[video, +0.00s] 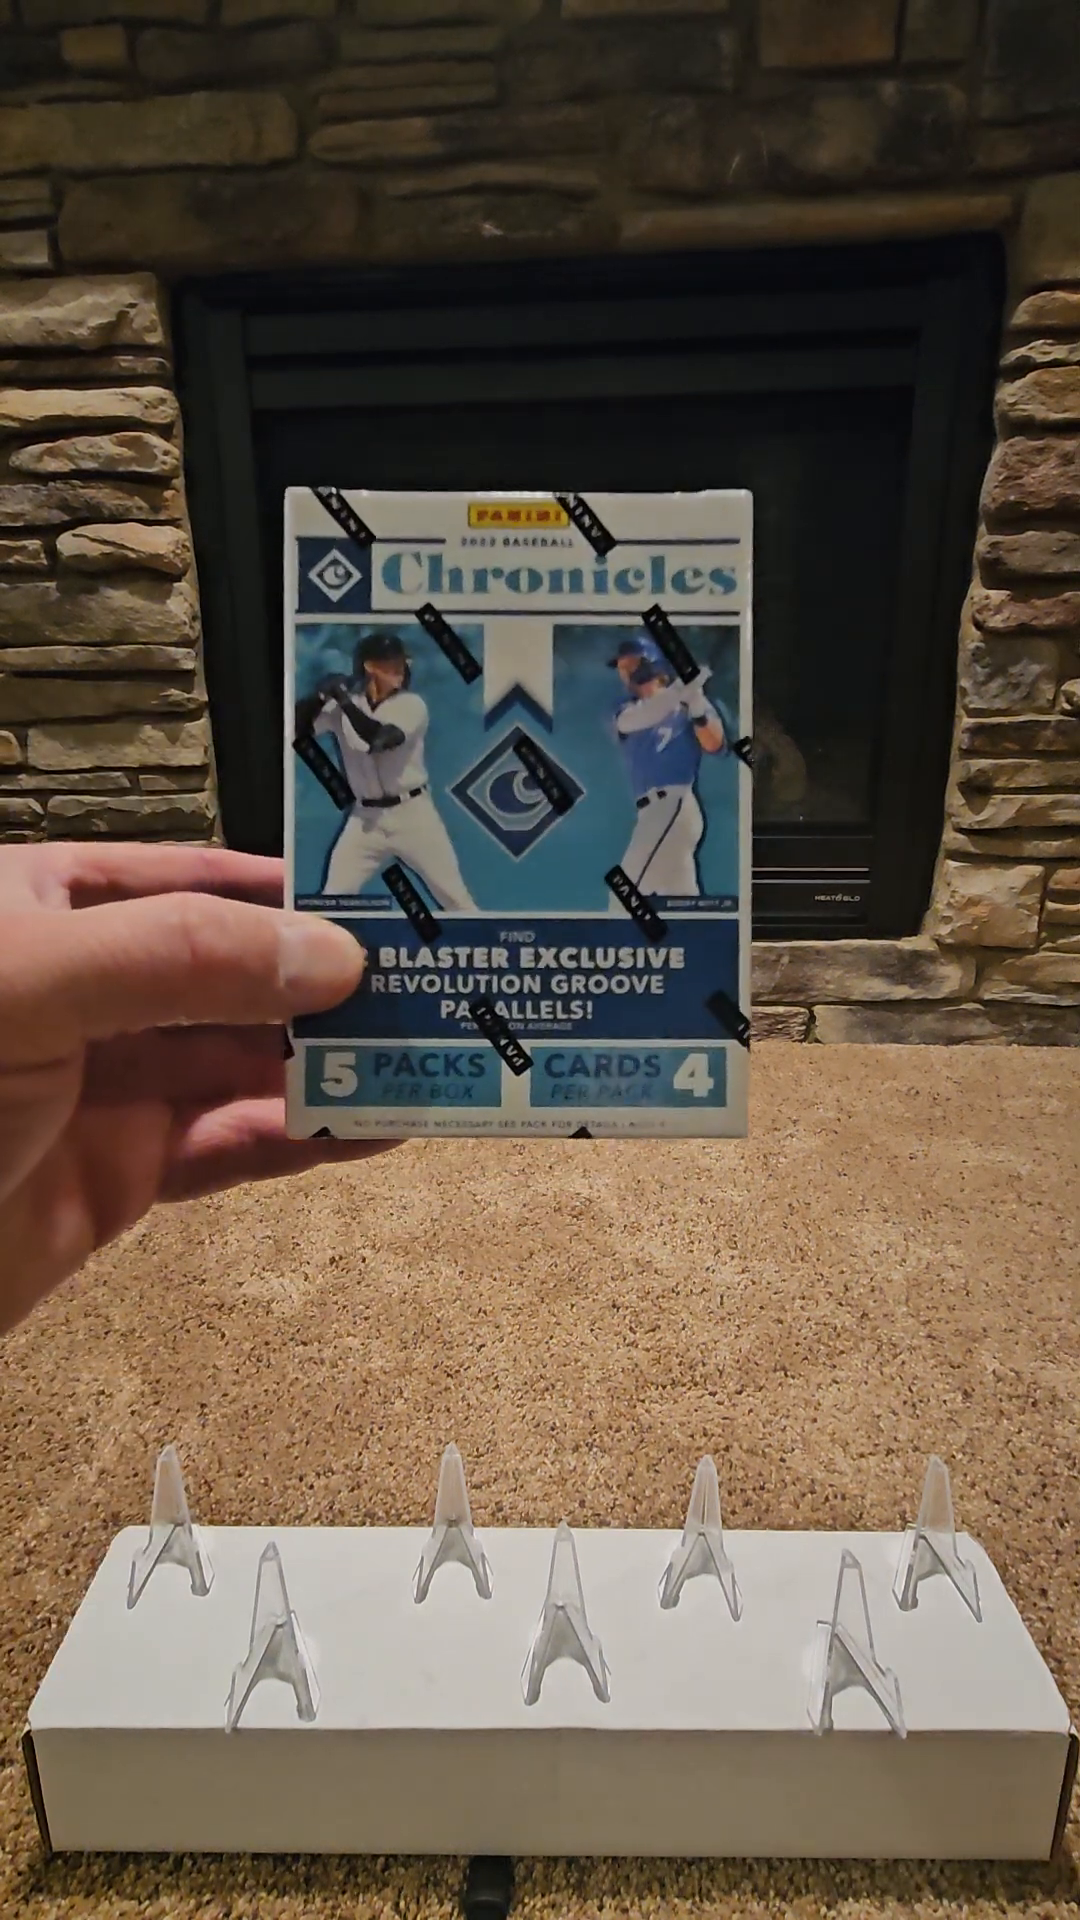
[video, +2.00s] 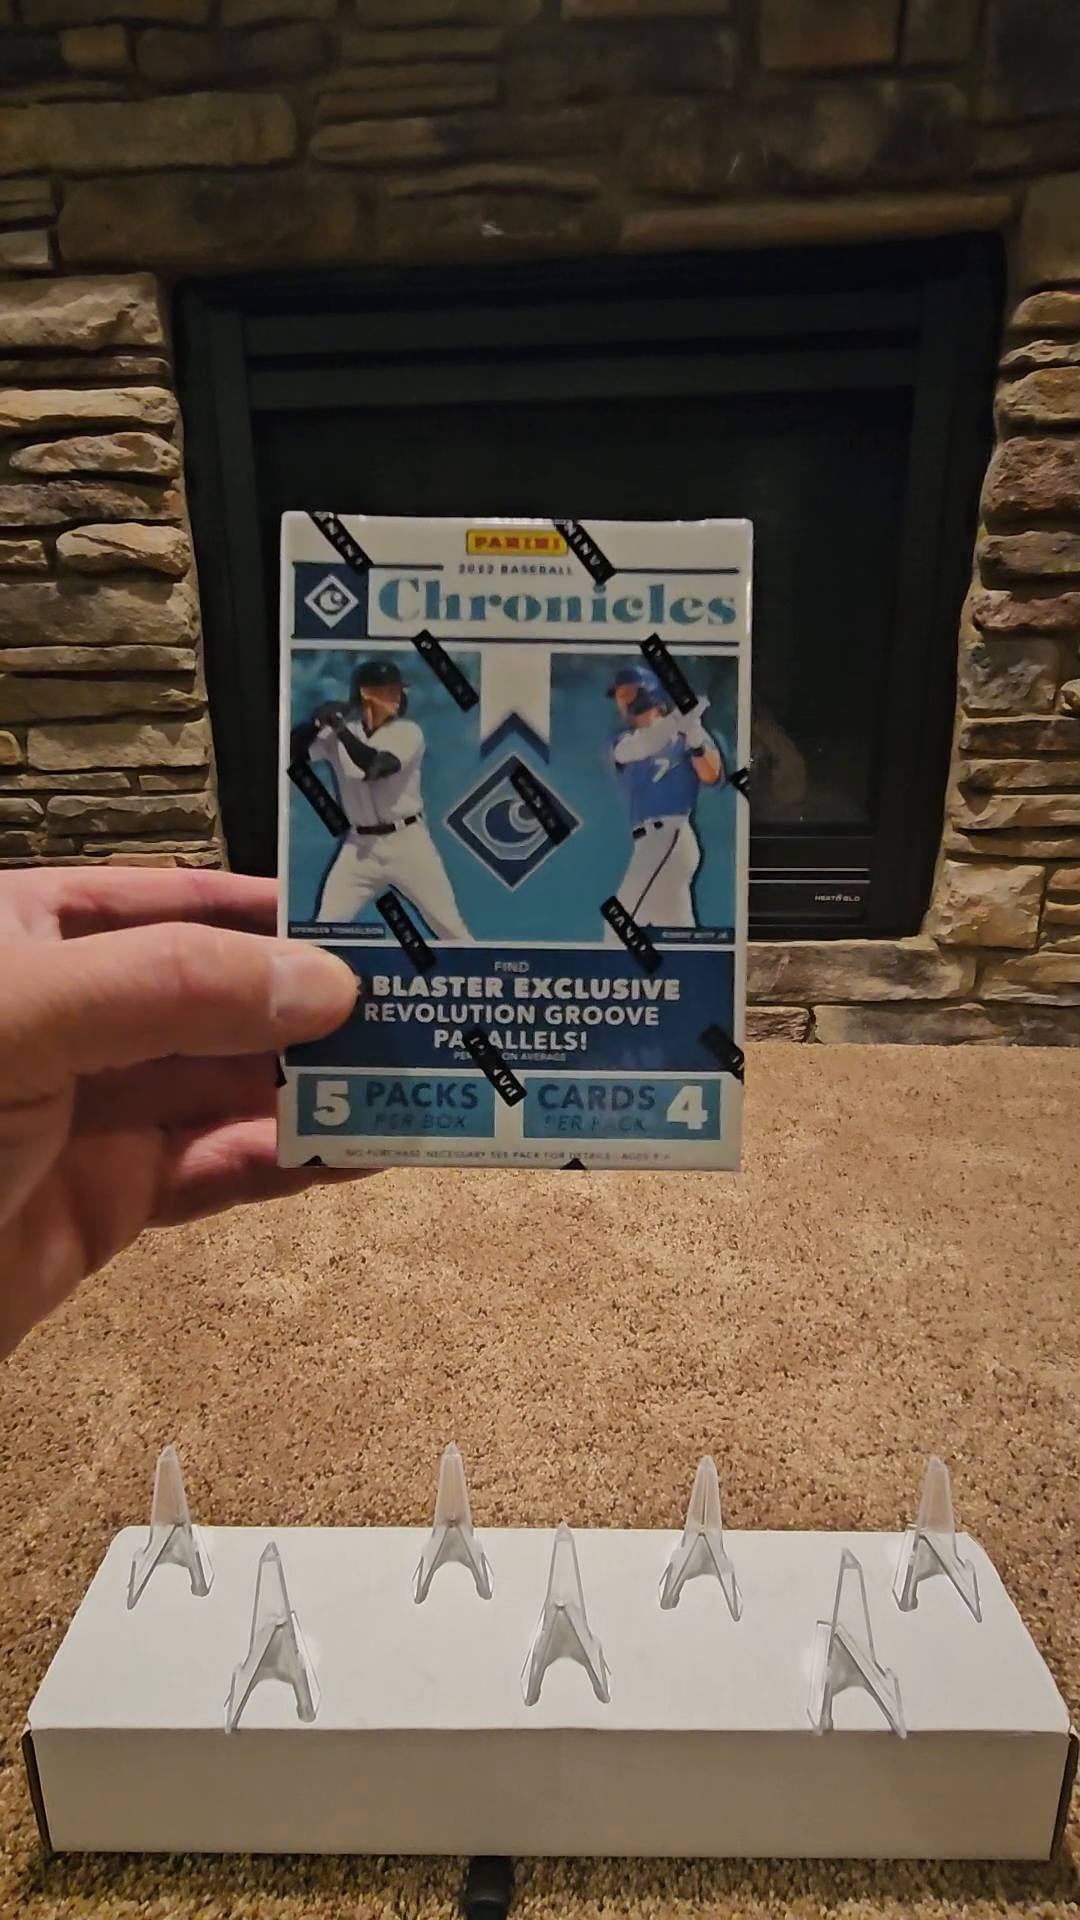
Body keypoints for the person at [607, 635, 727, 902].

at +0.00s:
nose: (622, 671)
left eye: (629, 662)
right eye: (620, 664)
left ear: (649, 664)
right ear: (619, 670)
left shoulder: (691, 702)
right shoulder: (626, 711)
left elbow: (714, 745)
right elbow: (644, 717)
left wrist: (697, 704)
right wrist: (680, 689)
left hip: (674, 807)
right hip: (651, 811)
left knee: (626, 893)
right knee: (683, 904)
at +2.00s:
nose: (622, 704)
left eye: (629, 695)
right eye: (619, 697)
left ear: (649, 695)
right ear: (616, 700)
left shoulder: (688, 732)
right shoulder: (621, 741)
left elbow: (711, 777)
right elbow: (642, 746)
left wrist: (694, 733)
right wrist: (676, 719)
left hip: (671, 838)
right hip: (648, 841)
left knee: (620, 924)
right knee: (680, 936)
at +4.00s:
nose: (609, 710)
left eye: (615, 700)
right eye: (606, 702)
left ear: (634, 698)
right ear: (604, 705)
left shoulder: (676, 734)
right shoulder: (611, 746)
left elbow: (702, 779)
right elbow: (630, 750)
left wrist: (684, 737)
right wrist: (666, 722)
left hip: (661, 843)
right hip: (637, 847)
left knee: (612, 930)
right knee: (671, 942)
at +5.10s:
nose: (619, 660)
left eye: (627, 649)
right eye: (615, 652)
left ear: (649, 650)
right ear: (610, 657)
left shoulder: (689, 690)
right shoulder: (616, 700)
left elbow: (715, 740)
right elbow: (628, 712)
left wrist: (698, 693)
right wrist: (674, 681)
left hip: (671, 809)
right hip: (645, 813)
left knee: (616, 907)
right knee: (678, 918)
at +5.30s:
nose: (600, 614)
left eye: (608, 603)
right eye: (595, 605)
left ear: (629, 602)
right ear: (589, 610)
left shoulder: (670, 643)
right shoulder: (595, 655)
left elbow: (698, 696)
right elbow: (624, 658)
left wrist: (679, 648)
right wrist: (660, 627)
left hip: (652, 768)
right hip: (625, 771)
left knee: (594, 868)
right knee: (659, 880)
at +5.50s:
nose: (605, 566)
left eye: (612, 555)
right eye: (601, 559)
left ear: (638, 557)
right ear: (598, 565)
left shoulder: (685, 603)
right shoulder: (607, 614)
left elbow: (716, 656)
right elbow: (629, 622)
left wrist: (694, 605)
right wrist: (671, 589)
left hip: (667, 733)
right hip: (639, 737)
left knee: (607, 839)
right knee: (676, 851)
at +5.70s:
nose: (631, 531)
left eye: (639, 519)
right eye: (627, 522)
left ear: (665, 520)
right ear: (624, 528)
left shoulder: (715, 566)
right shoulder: (632, 578)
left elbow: (747, 623)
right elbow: (645, 591)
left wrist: (724, 567)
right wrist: (703, 548)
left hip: (695, 703)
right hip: (667, 708)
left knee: (633, 814)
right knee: (704, 828)